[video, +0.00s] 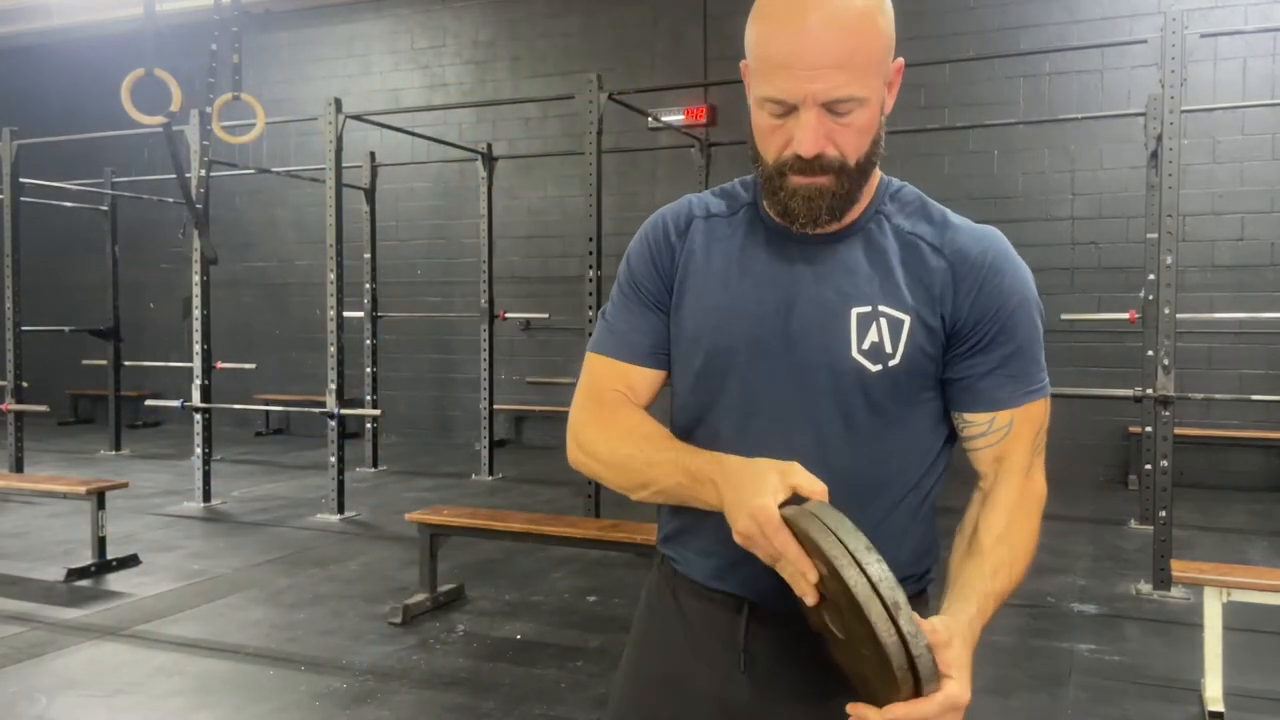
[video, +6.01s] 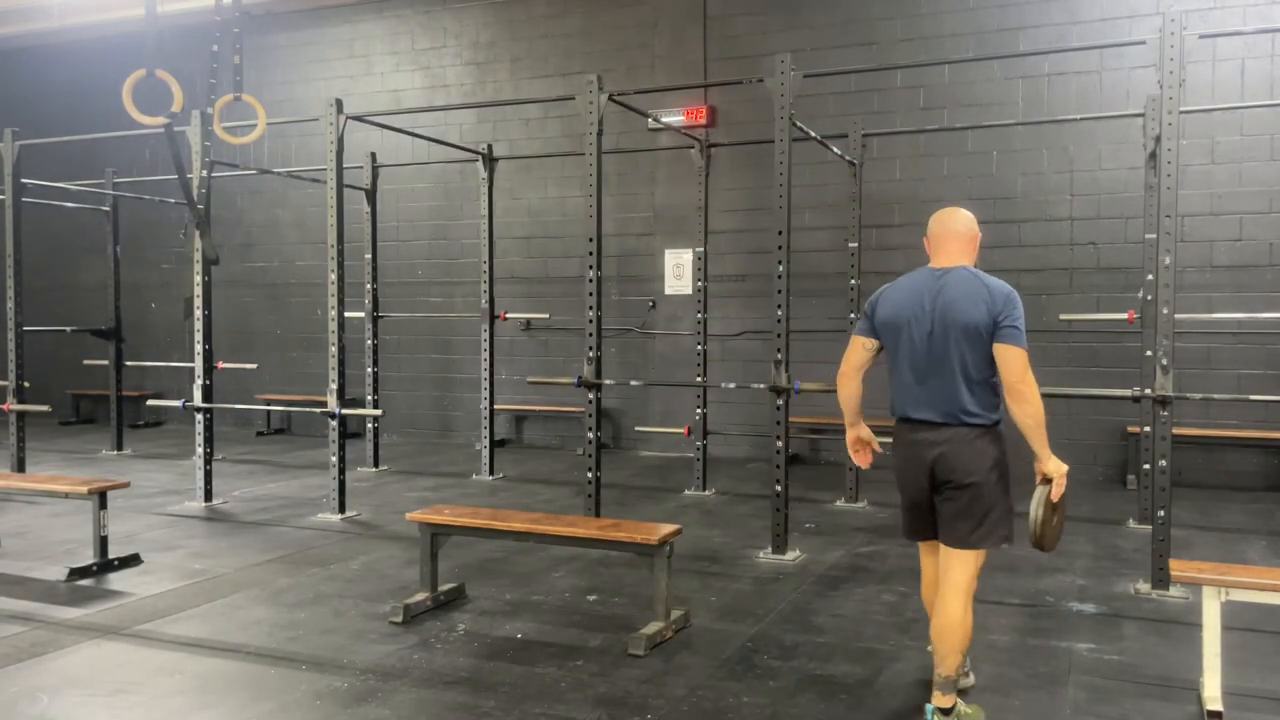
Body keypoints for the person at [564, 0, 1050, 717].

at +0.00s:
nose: (807, 142)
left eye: (840, 108)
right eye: (779, 109)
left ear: (891, 88)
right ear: (746, 84)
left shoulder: (970, 269)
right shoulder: (676, 243)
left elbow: (1014, 475)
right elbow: (595, 428)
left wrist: (958, 624)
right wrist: (721, 478)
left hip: (870, 658)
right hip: (688, 636)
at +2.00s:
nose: (851, 152)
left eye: (893, 124)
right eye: (833, 107)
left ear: (950, 112)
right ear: (803, 67)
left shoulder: (993, 290)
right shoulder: (703, 207)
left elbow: (1013, 511)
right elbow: (518, 304)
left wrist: (1022, 705)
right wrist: (631, 460)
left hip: (863, 644)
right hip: (691, 627)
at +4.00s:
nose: (760, 207)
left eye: (756, 197)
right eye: (759, 197)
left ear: (676, 203)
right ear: (750, 197)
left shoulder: (606, 283)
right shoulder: (763, 274)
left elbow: (564, 419)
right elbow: (773, 417)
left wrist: (620, 488)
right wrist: (813, 562)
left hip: (624, 536)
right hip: (728, 547)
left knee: (620, 709)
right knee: (749, 705)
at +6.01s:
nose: (976, 249)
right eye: (977, 242)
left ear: (927, 246)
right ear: (976, 245)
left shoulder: (890, 296)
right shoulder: (998, 296)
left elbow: (849, 372)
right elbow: (1017, 384)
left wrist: (853, 423)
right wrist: (1044, 454)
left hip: (911, 448)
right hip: (972, 450)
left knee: (932, 560)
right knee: (958, 578)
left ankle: (951, 664)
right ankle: (942, 703)